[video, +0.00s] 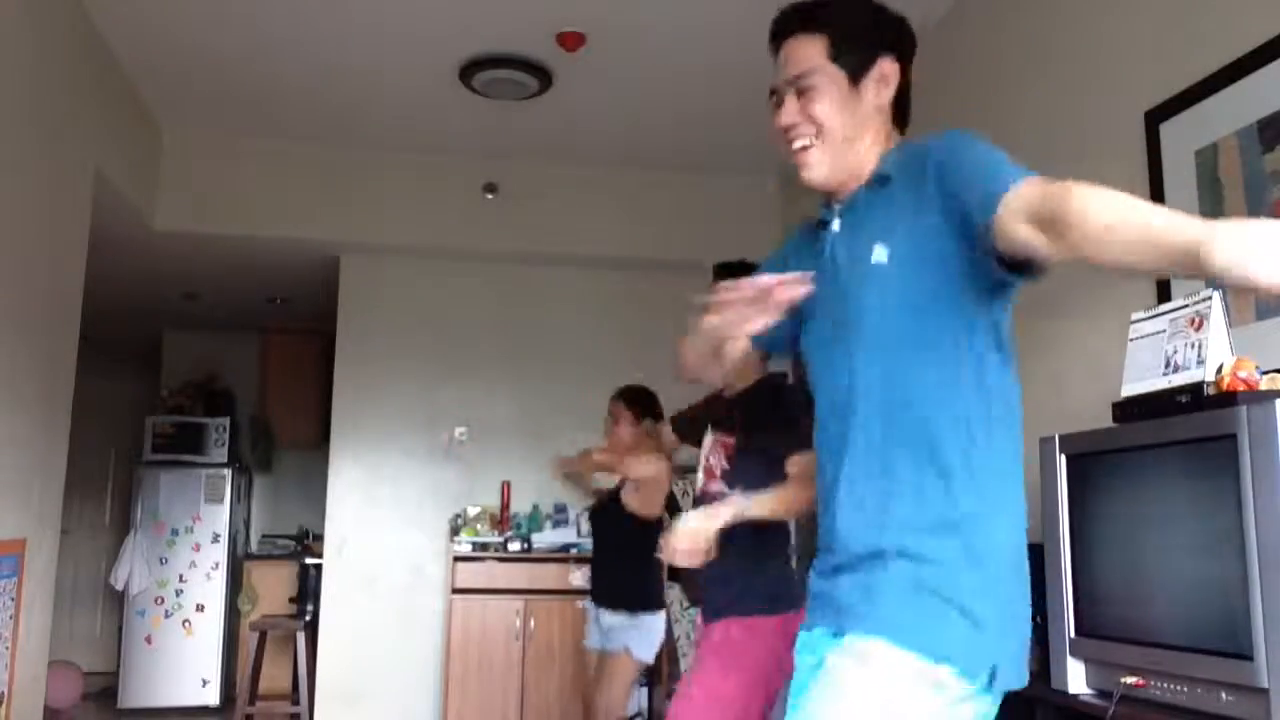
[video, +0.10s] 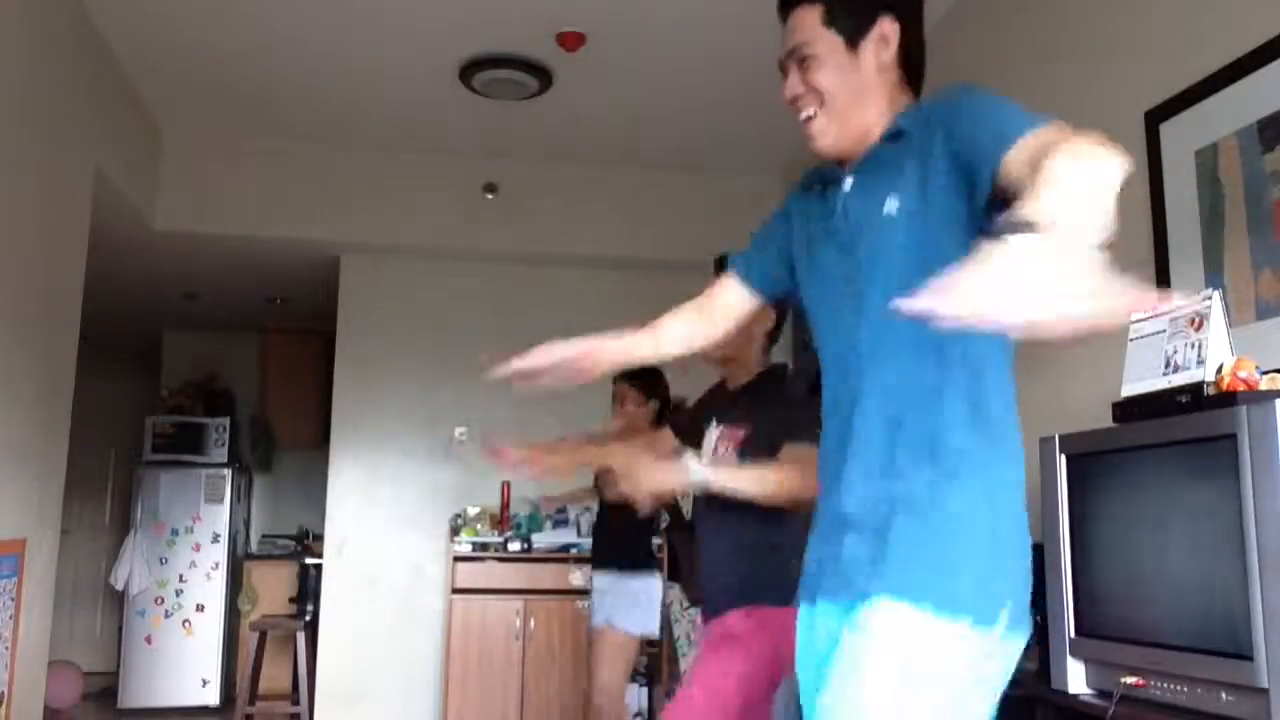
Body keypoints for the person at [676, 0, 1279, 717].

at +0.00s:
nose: (784, 117)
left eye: (804, 89)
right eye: (778, 98)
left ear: (880, 82)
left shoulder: (941, 169)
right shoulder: (807, 249)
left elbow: (1050, 214)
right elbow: (704, 373)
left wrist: (1219, 245)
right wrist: (719, 334)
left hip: (933, 597)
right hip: (841, 596)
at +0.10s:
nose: (788, 87)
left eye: (804, 60)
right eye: (784, 71)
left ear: (880, 45)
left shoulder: (953, 124)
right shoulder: (808, 206)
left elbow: (1084, 164)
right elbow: (712, 313)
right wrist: (606, 351)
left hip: (942, 569)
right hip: (840, 566)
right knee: (831, 709)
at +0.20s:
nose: (799, 76)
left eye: (811, 46)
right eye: (794, 58)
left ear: (889, 27)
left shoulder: (977, 112)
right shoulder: (820, 198)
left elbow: (1125, 157)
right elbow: (721, 313)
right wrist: (555, 403)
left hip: (962, 550)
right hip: (841, 547)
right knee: (809, 714)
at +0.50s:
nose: (841, 76)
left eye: (858, 44)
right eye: (826, 61)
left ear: (933, 35)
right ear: (826, 78)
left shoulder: (1006, 118)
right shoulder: (858, 204)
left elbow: (1183, 137)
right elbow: (743, 322)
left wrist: (964, 212)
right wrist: (576, 396)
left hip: (996, 594)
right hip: (857, 593)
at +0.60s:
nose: (857, 66)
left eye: (881, 36)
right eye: (840, 49)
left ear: (946, 35)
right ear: (830, 66)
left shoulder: (1004, 117)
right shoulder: (849, 211)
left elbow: (1143, 146)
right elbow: (775, 337)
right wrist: (683, 343)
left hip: (983, 561)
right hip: (864, 560)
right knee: (857, 715)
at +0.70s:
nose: (859, 89)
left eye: (883, 59)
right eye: (842, 71)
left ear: (947, 65)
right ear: (830, 90)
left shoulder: (995, 155)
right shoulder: (868, 237)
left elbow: (1103, 207)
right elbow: (832, 416)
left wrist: (1271, 238)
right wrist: (800, 354)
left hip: (973, 593)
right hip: (881, 591)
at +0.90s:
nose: (885, 83)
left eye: (910, 51)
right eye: (866, 64)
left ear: (971, 57)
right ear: (852, 85)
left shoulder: (1025, 147)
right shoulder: (877, 246)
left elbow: (1134, 188)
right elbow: (819, 393)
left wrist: (1211, 240)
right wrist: (755, 381)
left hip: (1001, 580)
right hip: (906, 581)